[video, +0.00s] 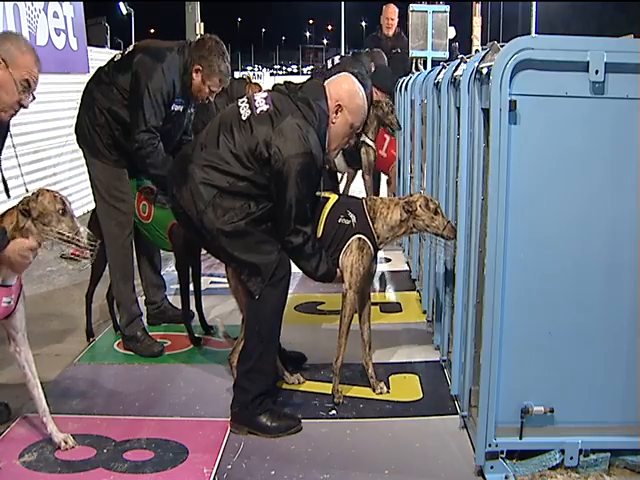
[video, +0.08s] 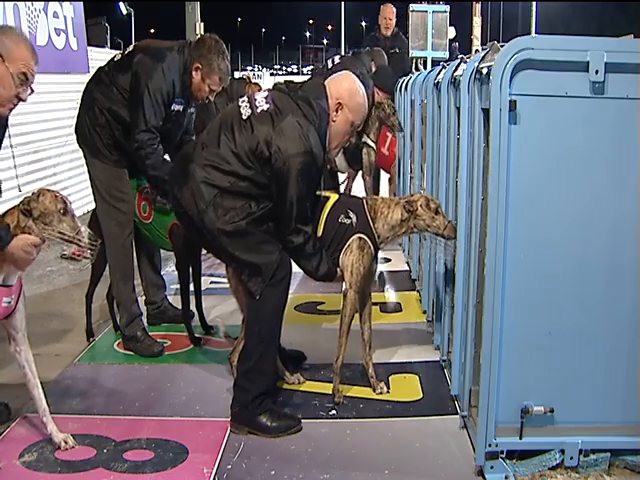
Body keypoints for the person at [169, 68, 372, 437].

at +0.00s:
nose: (349, 139)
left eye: (354, 131)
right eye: (352, 129)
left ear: (331, 104)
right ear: (335, 110)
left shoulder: (295, 105)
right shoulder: (299, 149)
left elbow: (306, 199)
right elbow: (293, 230)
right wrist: (332, 268)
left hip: (202, 179)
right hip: (208, 196)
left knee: (269, 266)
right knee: (273, 272)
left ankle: (265, 351)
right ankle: (251, 404)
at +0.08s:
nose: (350, 136)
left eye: (355, 128)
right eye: (352, 126)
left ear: (332, 103)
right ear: (335, 107)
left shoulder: (296, 108)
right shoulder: (300, 146)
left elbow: (311, 199)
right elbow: (294, 229)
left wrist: (341, 234)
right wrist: (331, 268)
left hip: (203, 179)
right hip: (209, 194)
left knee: (269, 265)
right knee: (273, 272)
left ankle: (264, 351)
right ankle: (251, 404)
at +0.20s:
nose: (352, 127)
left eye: (356, 119)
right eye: (353, 117)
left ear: (333, 94)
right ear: (336, 100)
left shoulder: (298, 95)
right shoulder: (302, 139)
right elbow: (296, 225)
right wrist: (336, 260)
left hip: (204, 178)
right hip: (212, 195)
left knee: (270, 266)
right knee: (276, 275)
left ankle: (265, 351)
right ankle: (251, 404)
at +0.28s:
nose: (352, 119)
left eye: (357, 111)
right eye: (354, 108)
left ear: (334, 86)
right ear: (337, 90)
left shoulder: (296, 89)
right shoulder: (305, 129)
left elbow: (302, 189)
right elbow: (298, 216)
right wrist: (337, 255)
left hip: (205, 174)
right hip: (214, 191)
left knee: (272, 267)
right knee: (278, 275)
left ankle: (266, 353)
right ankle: (251, 403)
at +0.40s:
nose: (356, 98)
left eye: (361, 89)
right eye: (358, 87)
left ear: (337, 66)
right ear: (340, 71)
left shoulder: (299, 74)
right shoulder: (311, 111)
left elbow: (305, 174)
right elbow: (306, 195)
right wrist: (336, 242)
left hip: (213, 165)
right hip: (221, 181)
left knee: (276, 267)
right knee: (277, 274)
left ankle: (266, 355)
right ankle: (250, 405)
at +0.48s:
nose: (360, 84)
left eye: (364, 75)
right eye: (361, 73)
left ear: (338, 53)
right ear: (342, 56)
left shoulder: (304, 66)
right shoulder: (316, 94)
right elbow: (312, 177)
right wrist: (336, 232)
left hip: (218, 158)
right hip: (225, 170)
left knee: (279, 267)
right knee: (278, 272)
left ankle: (269, 356)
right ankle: (250, 404)